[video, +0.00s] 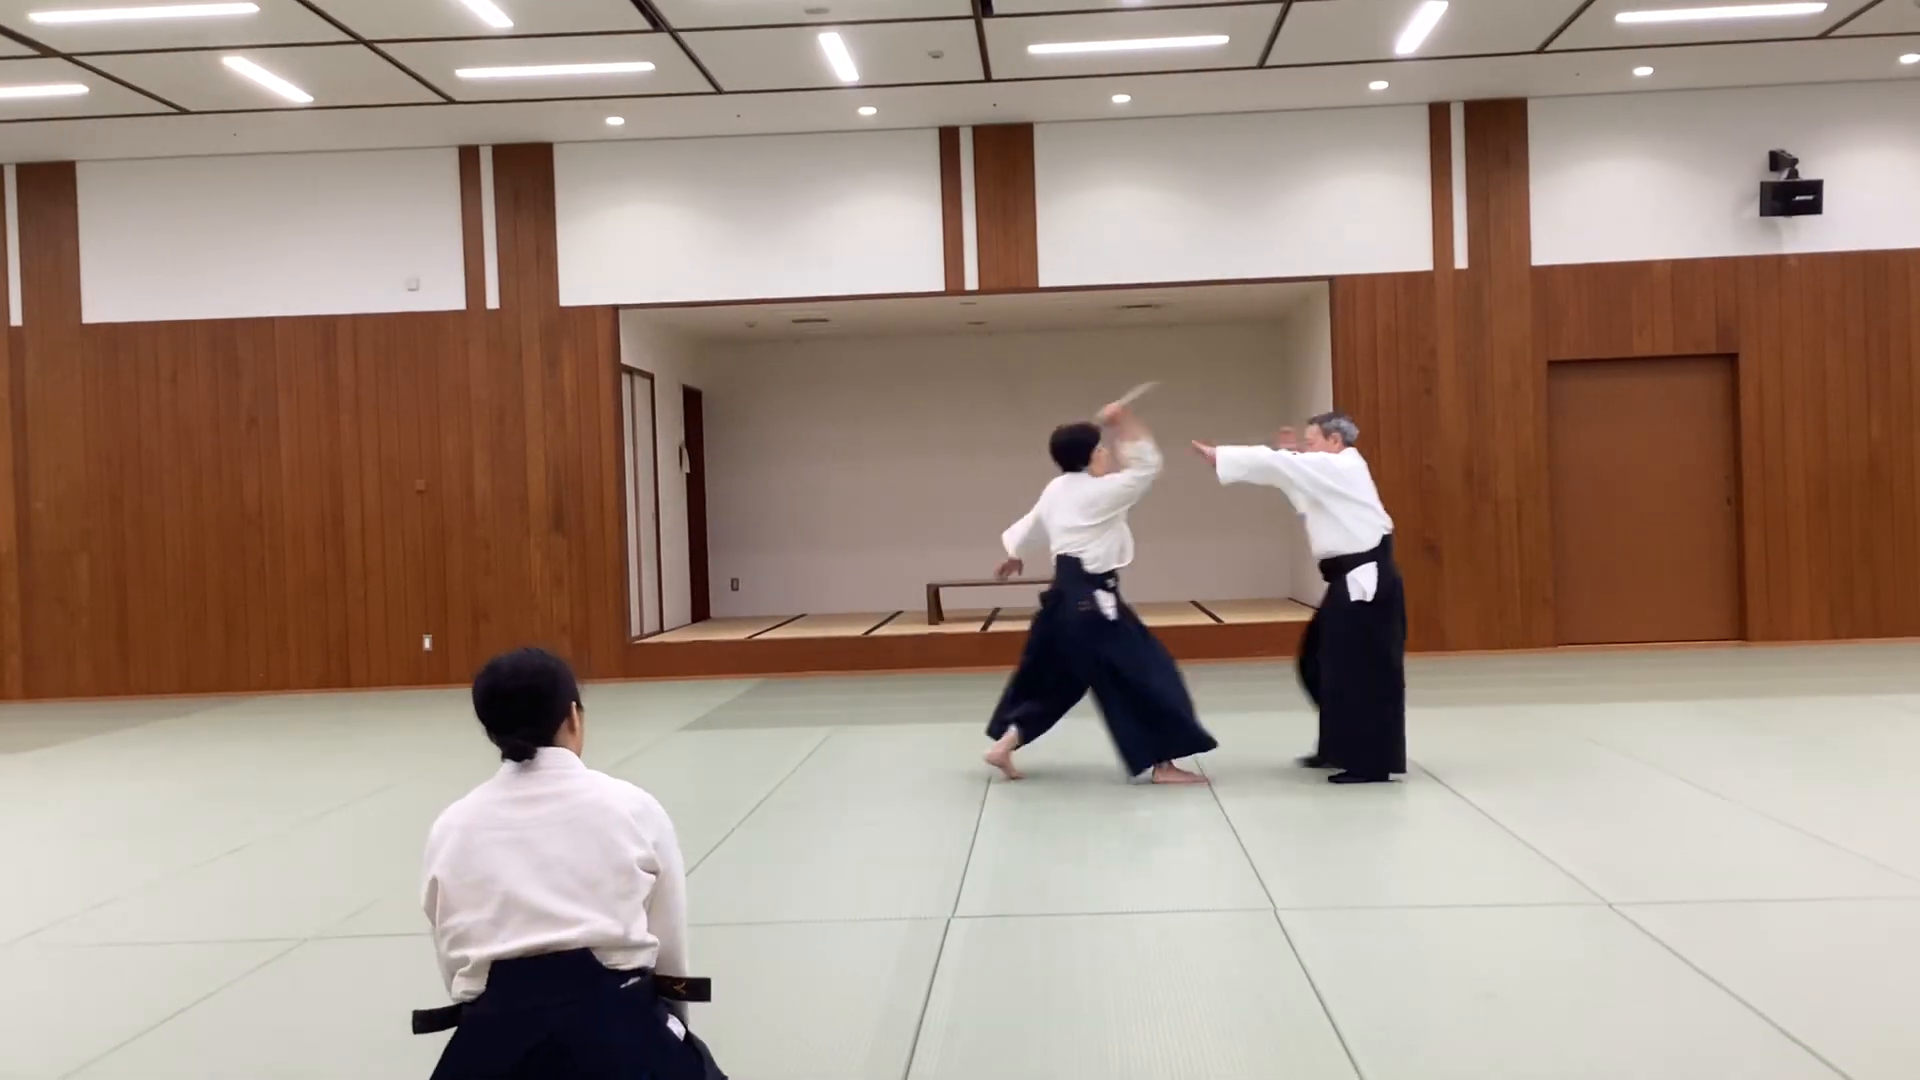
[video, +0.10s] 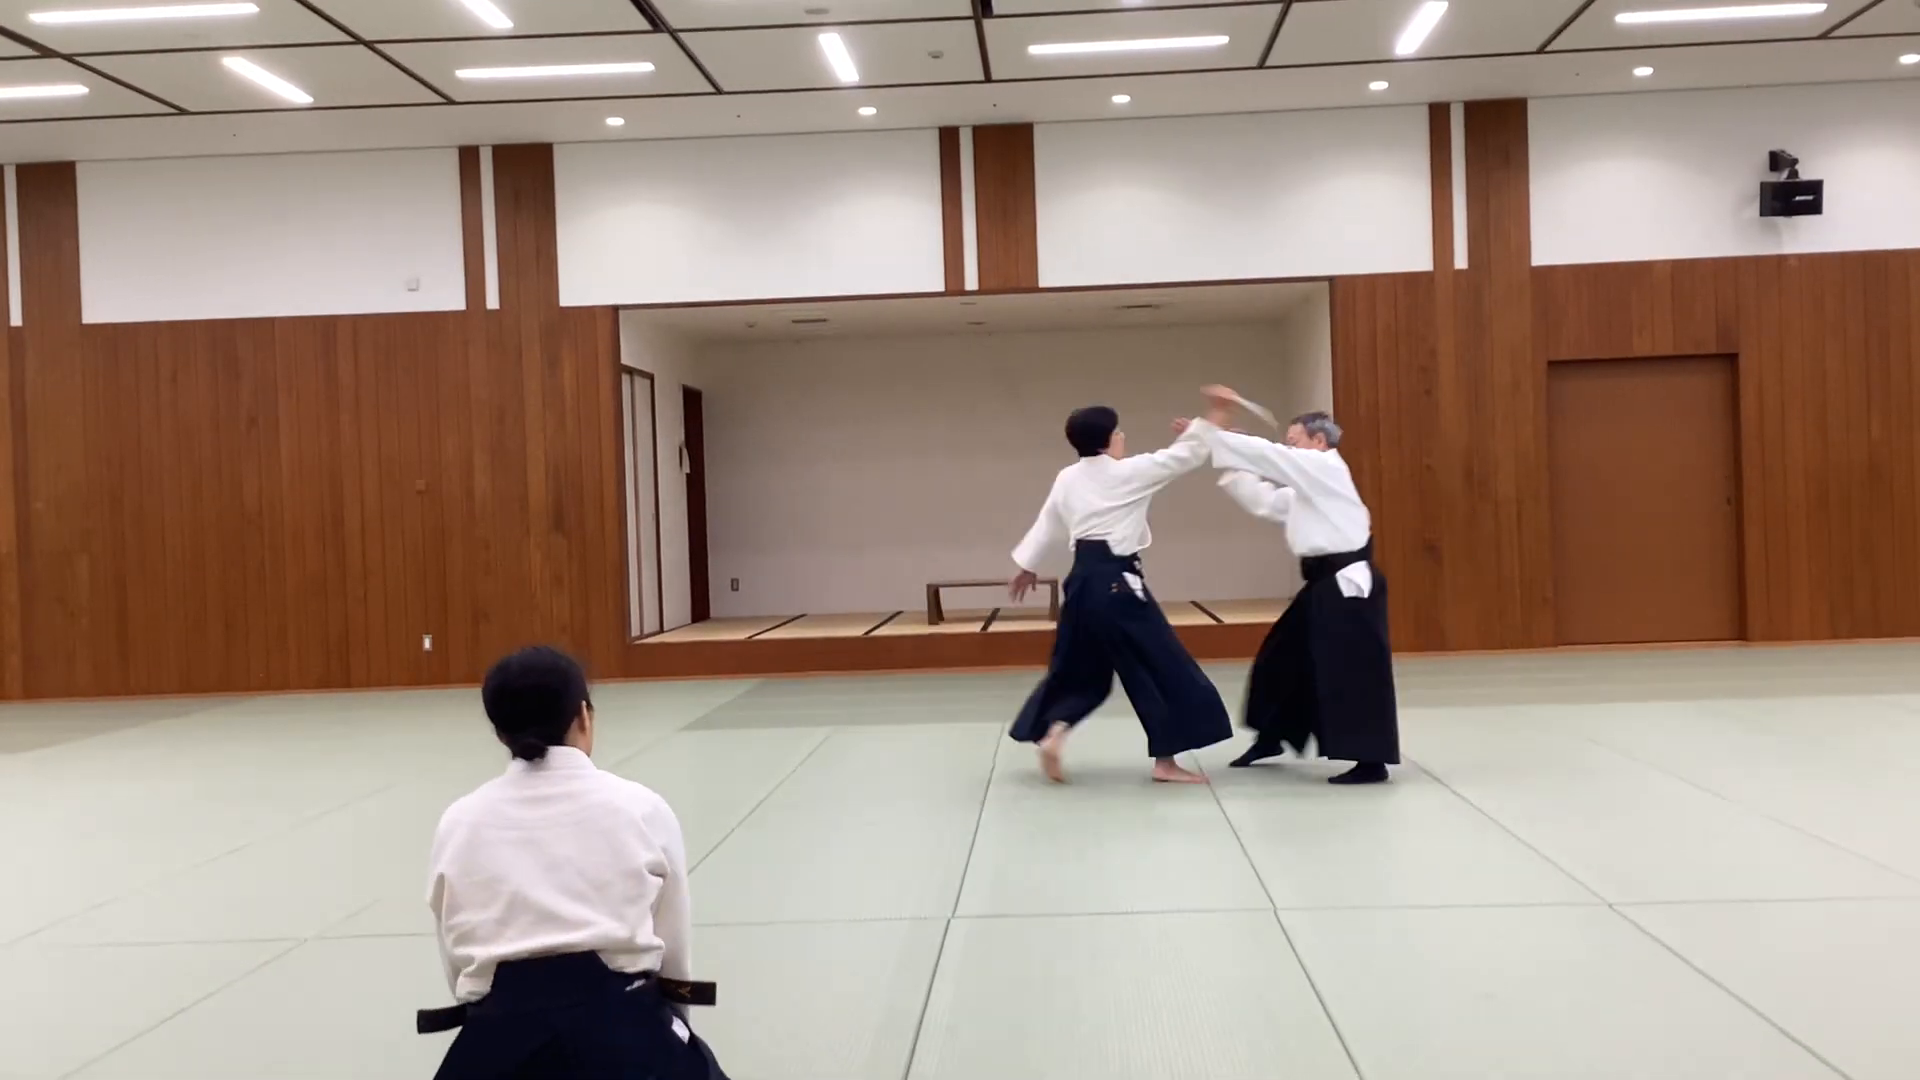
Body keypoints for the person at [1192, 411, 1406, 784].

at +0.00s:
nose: (1306, 447)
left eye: (1312, 440)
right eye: (1306, 440)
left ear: (1334, 440)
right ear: (1333, 440)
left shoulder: (1342, 465)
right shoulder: (1329, 464)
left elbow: (1284, 463)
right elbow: (1309, 475)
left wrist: (1222, 456)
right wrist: (1293, 454)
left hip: (1369, 580)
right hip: (1348, 579)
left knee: (1363, 671)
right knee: (1316, 661)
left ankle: (1371, 763)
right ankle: (1336, 748)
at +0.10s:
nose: (1286, 447)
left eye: (1293, 440)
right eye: (1286, 441)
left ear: (1319, 441)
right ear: (1312, 441)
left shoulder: (1327, 467)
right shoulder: (1303, 490)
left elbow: (1262, 453)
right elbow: (1261, 497)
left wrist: (1204, 433)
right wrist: (1221, 460)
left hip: (1349, 582)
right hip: (1322, 584)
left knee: (1358, 670)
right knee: (1280, 653)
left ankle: (1372, 761)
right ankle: (1270, 736)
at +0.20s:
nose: (1270, 442)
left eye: (1277, 436)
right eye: (1268, 436)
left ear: (1298, 437)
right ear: (1270, 438)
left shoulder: (1319, 465)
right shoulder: (1268, 480)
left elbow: (1271, 448)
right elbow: (1227, 504)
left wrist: (1222, 428)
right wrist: (1214, 473)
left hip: (1332, 576)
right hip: (1293, 578)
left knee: (1345, 665)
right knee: (1265, 659)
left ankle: (1366, 755)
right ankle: (1269, 746)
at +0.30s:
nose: (1259, 437)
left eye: (1267, 431)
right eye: (1254, 433)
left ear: (1284, 437)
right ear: (1250, 440)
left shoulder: (1307, 465)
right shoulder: (1243, 476)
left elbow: (1271, 453)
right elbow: (1215, 523)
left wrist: (1239, 425)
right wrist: (1218, 486)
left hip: (1311, 572)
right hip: (1270, 575)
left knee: (1325, 657)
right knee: (1256, 660)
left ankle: (1338, 744)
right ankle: (1268, 747)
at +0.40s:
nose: (1249, 448)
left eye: (1257, 441)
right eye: (1242, 441)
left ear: (1273, 439)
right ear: (1235, 442)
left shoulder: (1289, 470)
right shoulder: (1227, 479)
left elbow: (1298, 482)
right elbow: (1212, 534)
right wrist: (1229, 495)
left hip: (1290, 574)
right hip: (1248, 576)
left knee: (1306, 657)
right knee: (1249, 664)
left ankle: (1294, 728)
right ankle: (1266, 746)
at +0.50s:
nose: (1234, 451)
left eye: (1241, 443)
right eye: (1227, 444)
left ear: (1257, 443)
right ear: (1221, 445)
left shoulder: (1279, 471)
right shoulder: (1210, 482)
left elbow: (1281, 504)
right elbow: (1196, 532)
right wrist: (1228, 538)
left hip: (1271, 577)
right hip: (1230, 579)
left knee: (1267, 659)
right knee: (1236, 660)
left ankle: (1262, 741)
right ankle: (1241, 744)